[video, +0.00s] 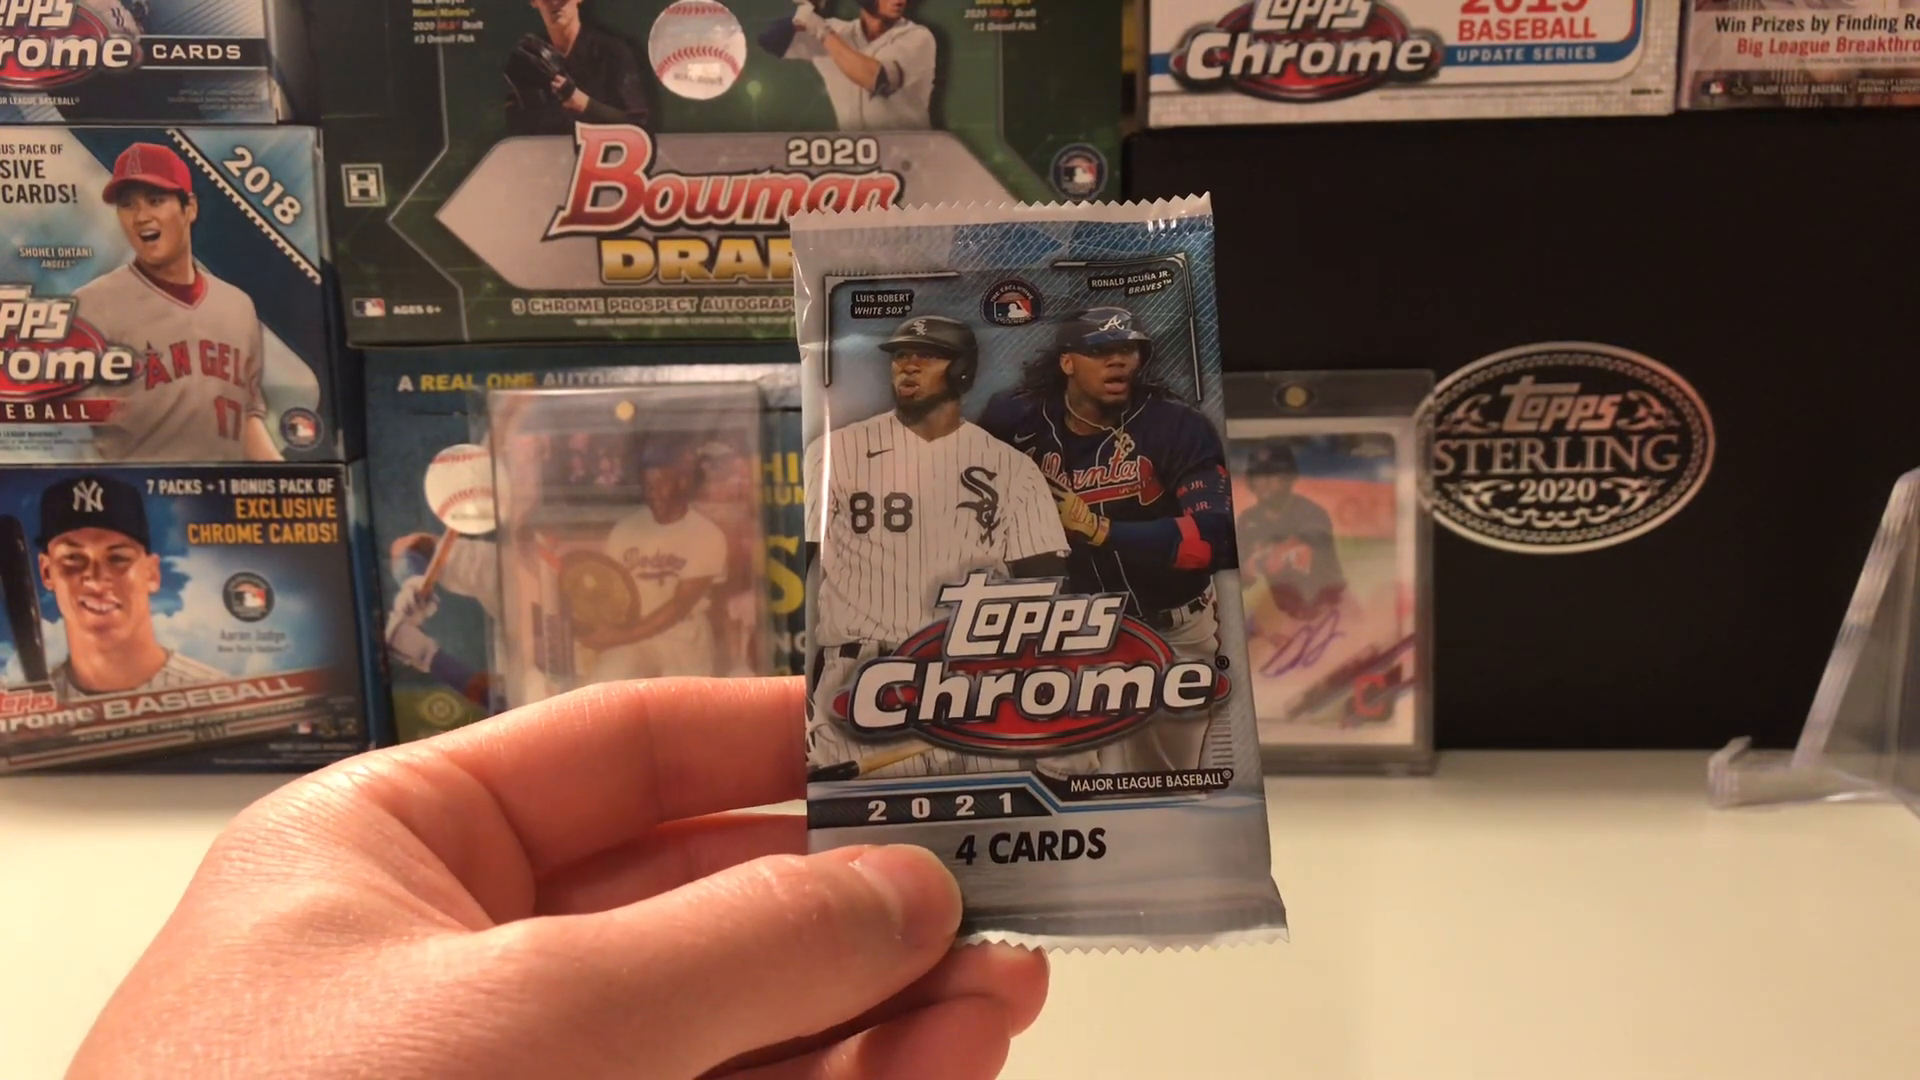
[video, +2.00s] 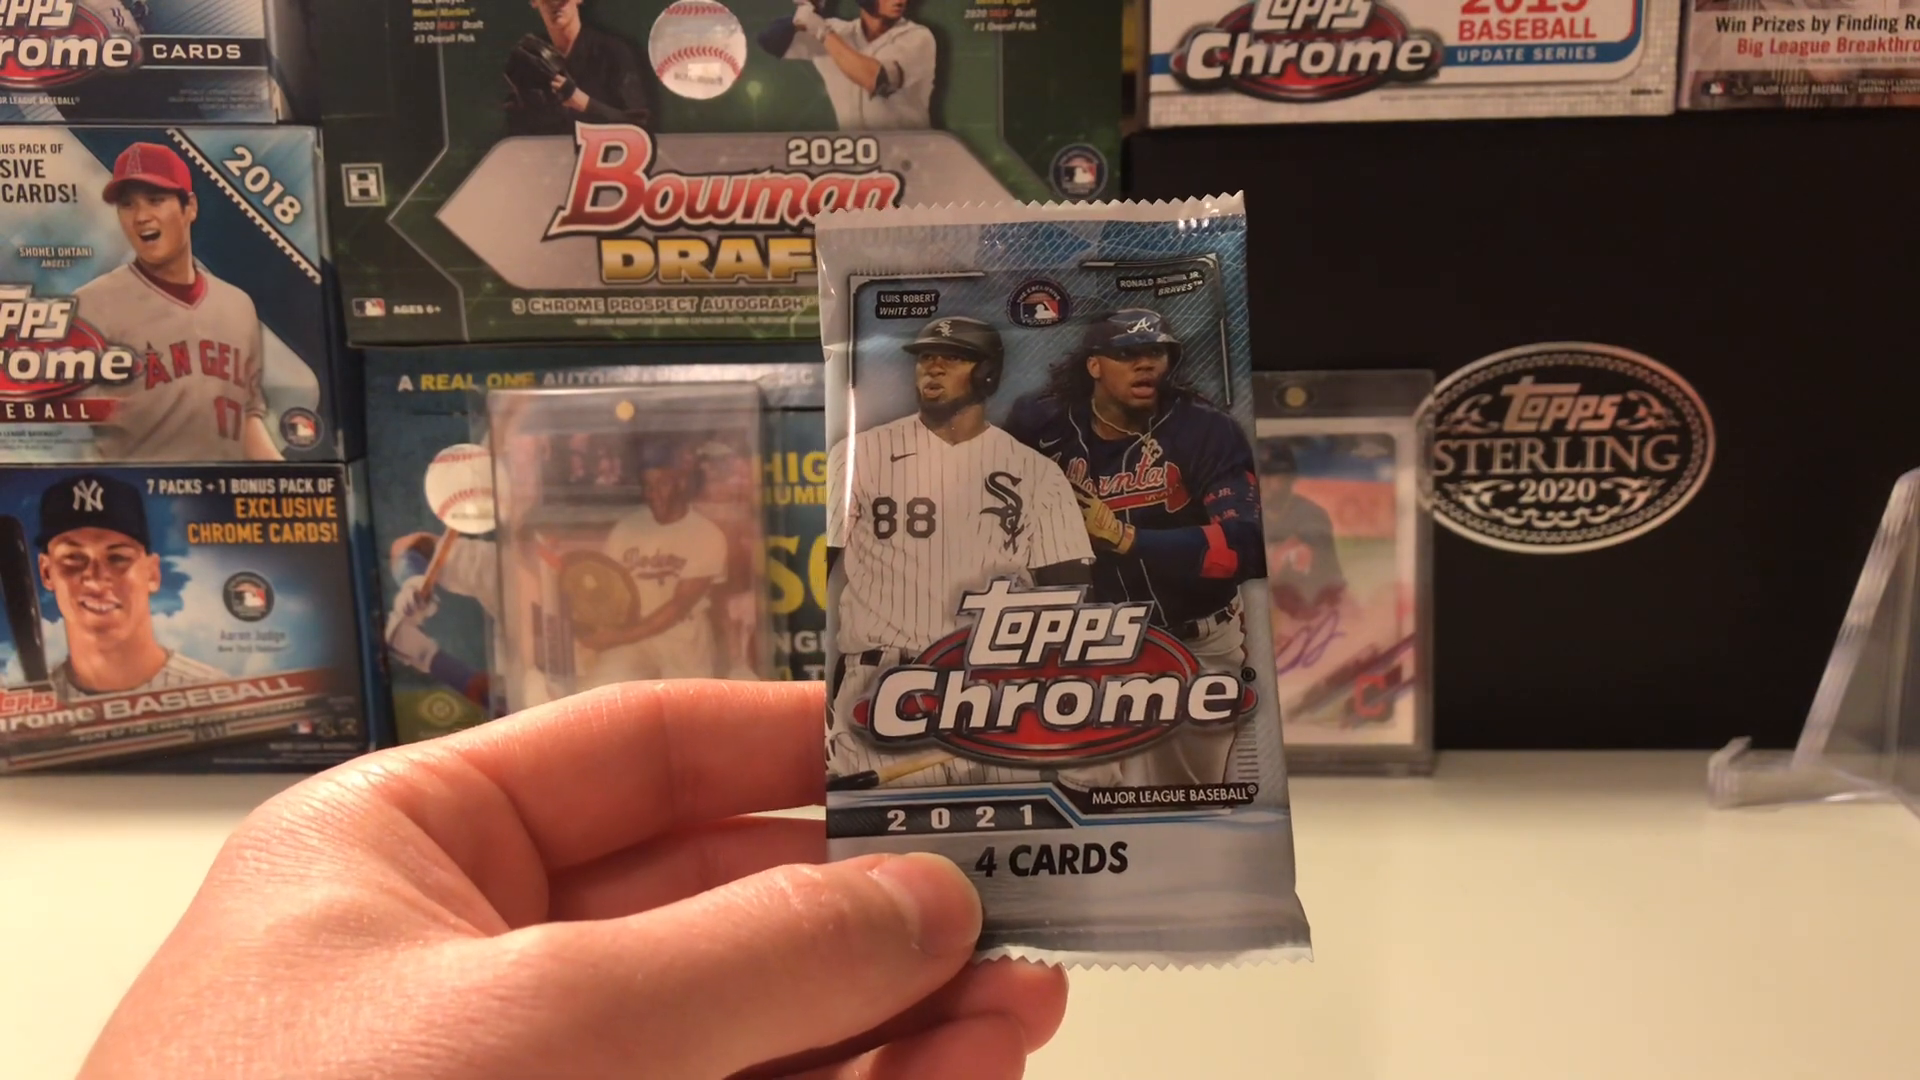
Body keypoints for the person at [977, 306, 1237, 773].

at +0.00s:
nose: (1121, 362)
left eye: (1129, 350)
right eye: (1104, 351)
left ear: (1142, 358)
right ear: (1068, 363)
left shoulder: (1179, 428)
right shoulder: (1016, 421)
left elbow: (1210, 537)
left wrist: (1101, 529)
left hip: (1174, 629)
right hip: (1065, 633)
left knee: (1169, 795)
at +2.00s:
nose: (1148, 365)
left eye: (1157, 353)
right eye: (1130, 354)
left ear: (1170, 361)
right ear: (1094, 366)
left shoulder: (1208, 432)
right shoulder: (1042, 426)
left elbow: (1242, 548)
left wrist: (1126, 538)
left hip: (1197, 639)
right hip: (1086, 642)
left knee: (1192, 809)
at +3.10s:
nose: (1225, 371)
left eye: (1233, 357)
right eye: (1207, 358)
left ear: (1246, 365)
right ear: (1167, 369)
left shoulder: (1284, 443)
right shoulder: (1111, 429)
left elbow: (1320, 567)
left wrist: (1207, 553)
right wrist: (1132, 529)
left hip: (1273, 652)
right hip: (1149, 653)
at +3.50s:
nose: (1242, 379)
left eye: (1251, 366)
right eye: (1225, 367)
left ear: (1265, 375)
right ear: (1187, 377)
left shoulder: (1307, 455)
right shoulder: (1136, 443)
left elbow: (1336, 575)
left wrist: (1219, 558)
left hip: (1298, 669)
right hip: (1185, 671)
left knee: (1294, 838)